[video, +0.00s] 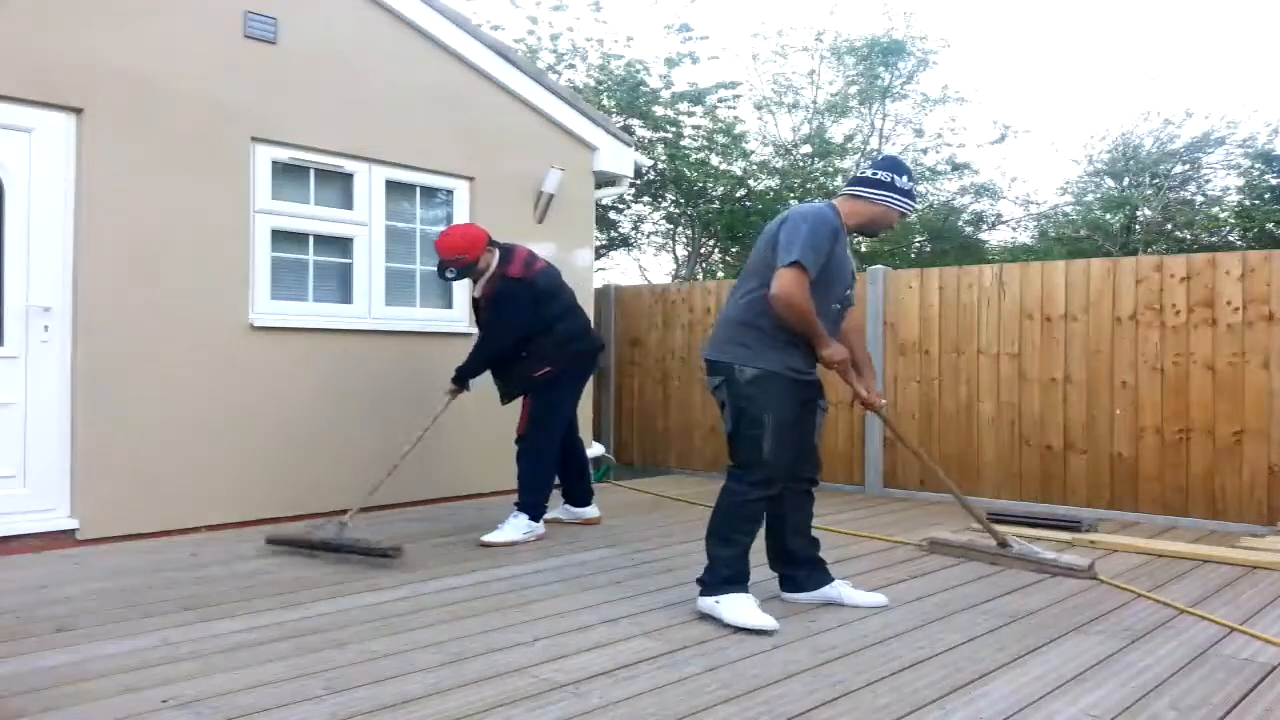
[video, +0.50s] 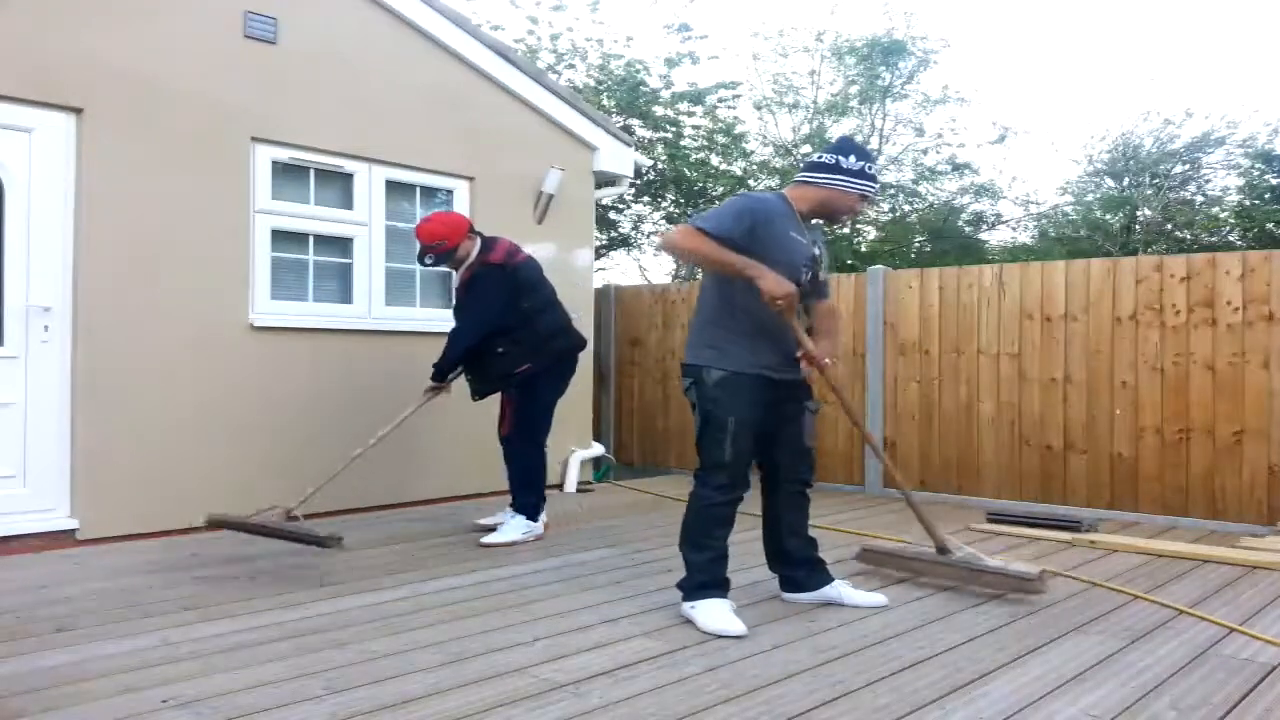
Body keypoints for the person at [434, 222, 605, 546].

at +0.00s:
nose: (463, 277)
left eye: (464, 270)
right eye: (458, 271)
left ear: (481, 255)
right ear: (485, 250)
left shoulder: (509, 286)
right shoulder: (510, 260)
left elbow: (497, 340)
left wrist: (462, 376)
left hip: (558, 359)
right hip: (570, 351)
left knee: (534, 437)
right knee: (561, 430)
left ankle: (528, 517)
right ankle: (580, 503)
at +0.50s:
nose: (446, 264)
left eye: (447, 257)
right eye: (442, 259)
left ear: (464, 241)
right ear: (466, 239)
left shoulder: (490, 272)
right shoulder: (489, 257)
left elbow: (470, 330)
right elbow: (474, 323)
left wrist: (440, 373)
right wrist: (451, 365)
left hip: (544, 358)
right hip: (530, 358)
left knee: (523, 435)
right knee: (514, 434)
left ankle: (529, 517)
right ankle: (522, 509)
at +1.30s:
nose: (415, 273)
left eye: (419, 266)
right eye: (412, 268)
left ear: (438, 250)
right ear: (435, 251)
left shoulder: (472, 274)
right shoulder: (436, 280)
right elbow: (447, 331)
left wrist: (446, 372)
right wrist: (447, 364)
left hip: (523, 355)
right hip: (496, 359)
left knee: (493, 440)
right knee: (504, 434)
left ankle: (477, 527)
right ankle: (523, 510)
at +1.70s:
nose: (391, 267)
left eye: (393, 259)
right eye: (387, 261)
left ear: (413, 243)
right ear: (416, 240)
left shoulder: (443, 275)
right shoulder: (442, 255)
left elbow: (427, 338)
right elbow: (431, 331)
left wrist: (387, 382)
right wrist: (394, 378)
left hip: (502, 357)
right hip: (511, 349)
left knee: (478, 442)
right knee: (498, 432)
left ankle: (473, 530)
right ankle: (516, 508)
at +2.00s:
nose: (382, 254)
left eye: (383, 246)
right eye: (377, 248)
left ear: (404, 230)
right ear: (405, 229)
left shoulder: (435, 263)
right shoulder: (429, 250)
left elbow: (409, 324)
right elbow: (414, 319)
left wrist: (366, 366)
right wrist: (375, 362)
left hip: (494, 358)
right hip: (466, 360)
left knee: (474, 440)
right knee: (453, 439)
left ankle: (474, 528)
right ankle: (480, 511)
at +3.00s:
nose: (338, 259)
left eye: (341, 252)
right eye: (334, 253)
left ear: (362, 237)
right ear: (362, 235)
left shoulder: (398, 269)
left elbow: (390, 341)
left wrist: (341, 368)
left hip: (455, 356)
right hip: (433, 356)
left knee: (429, 446)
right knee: (441, 440)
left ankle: (417, 540)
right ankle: (457, 521)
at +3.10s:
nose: (335, 256)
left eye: (338, 248)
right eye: (331, 250)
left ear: (361, 232)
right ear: (356, 232)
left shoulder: (397, 266)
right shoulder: (366, 252)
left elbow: (379, 339)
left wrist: (326, 369)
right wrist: (357, 325)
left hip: (454, 354)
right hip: (426, 354)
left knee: (424, 444)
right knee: (433, 439)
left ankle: (417, 541)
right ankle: (455, 519)